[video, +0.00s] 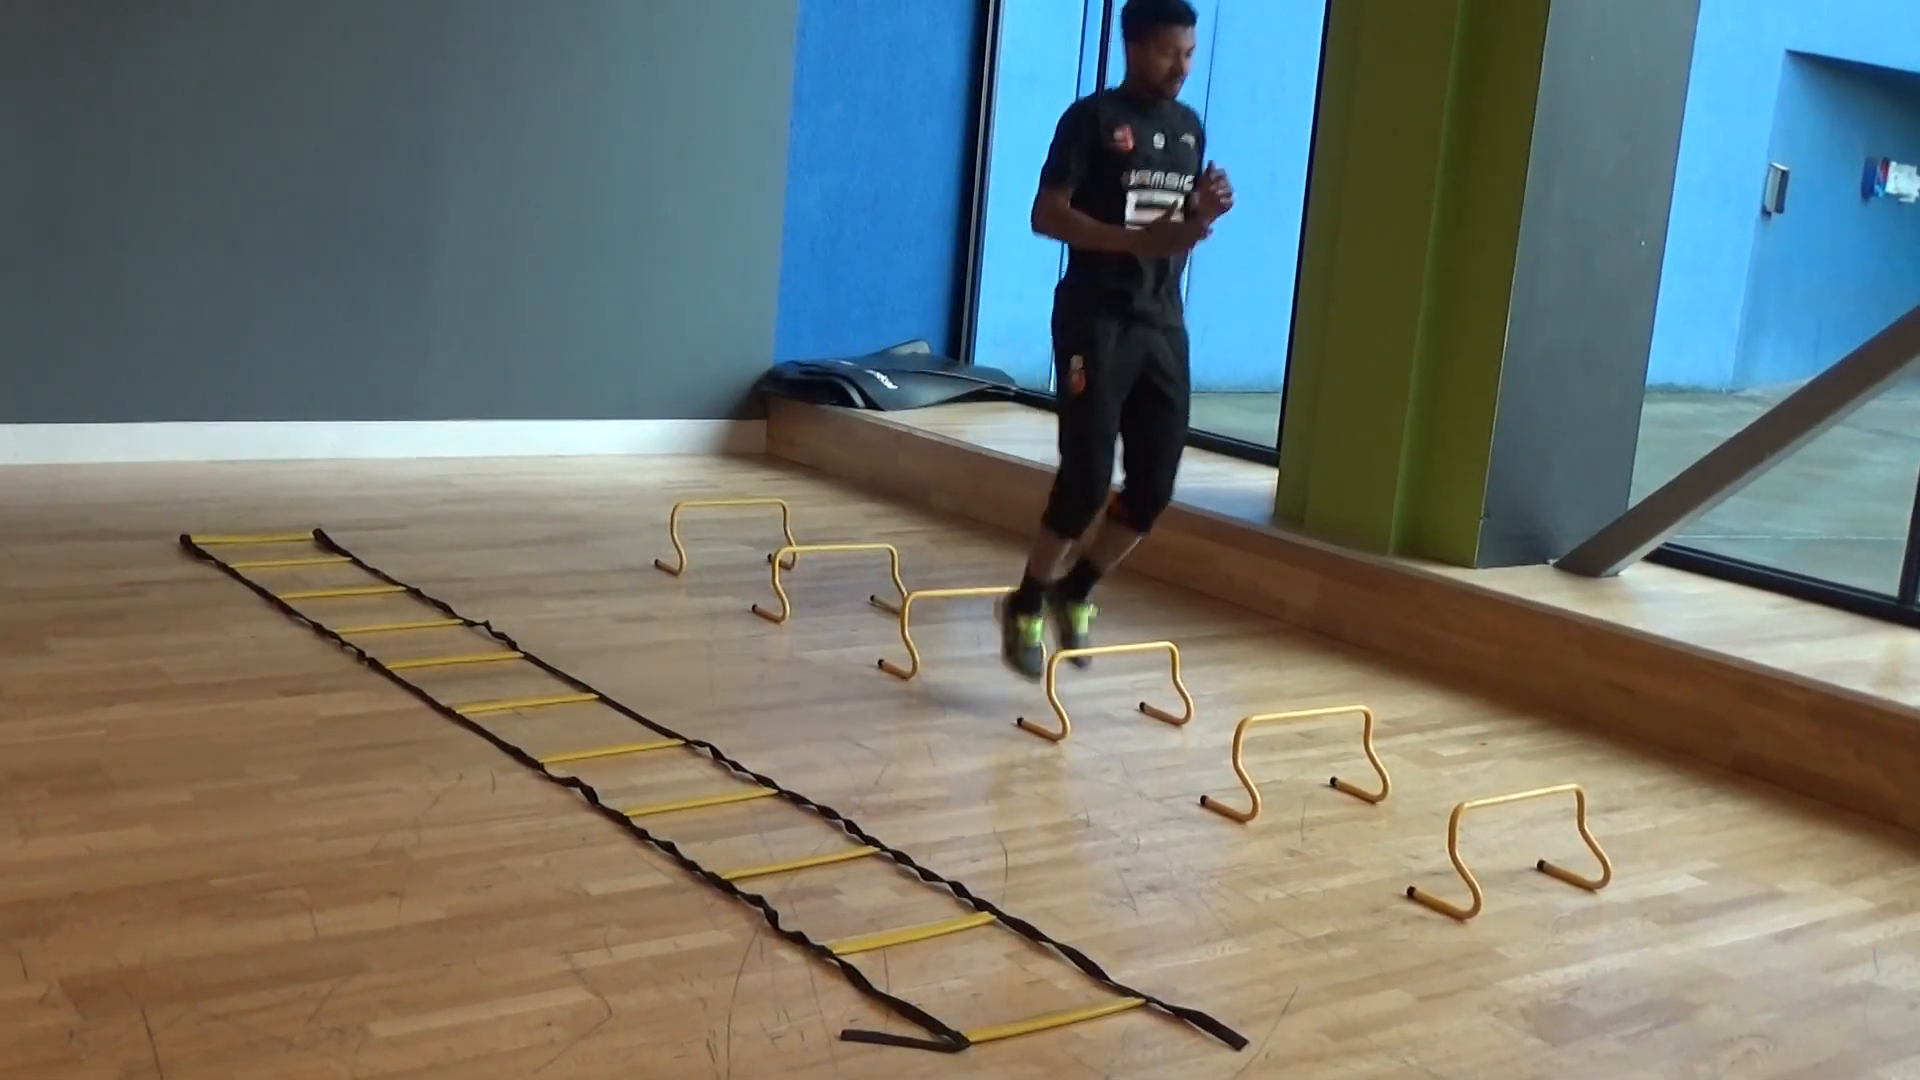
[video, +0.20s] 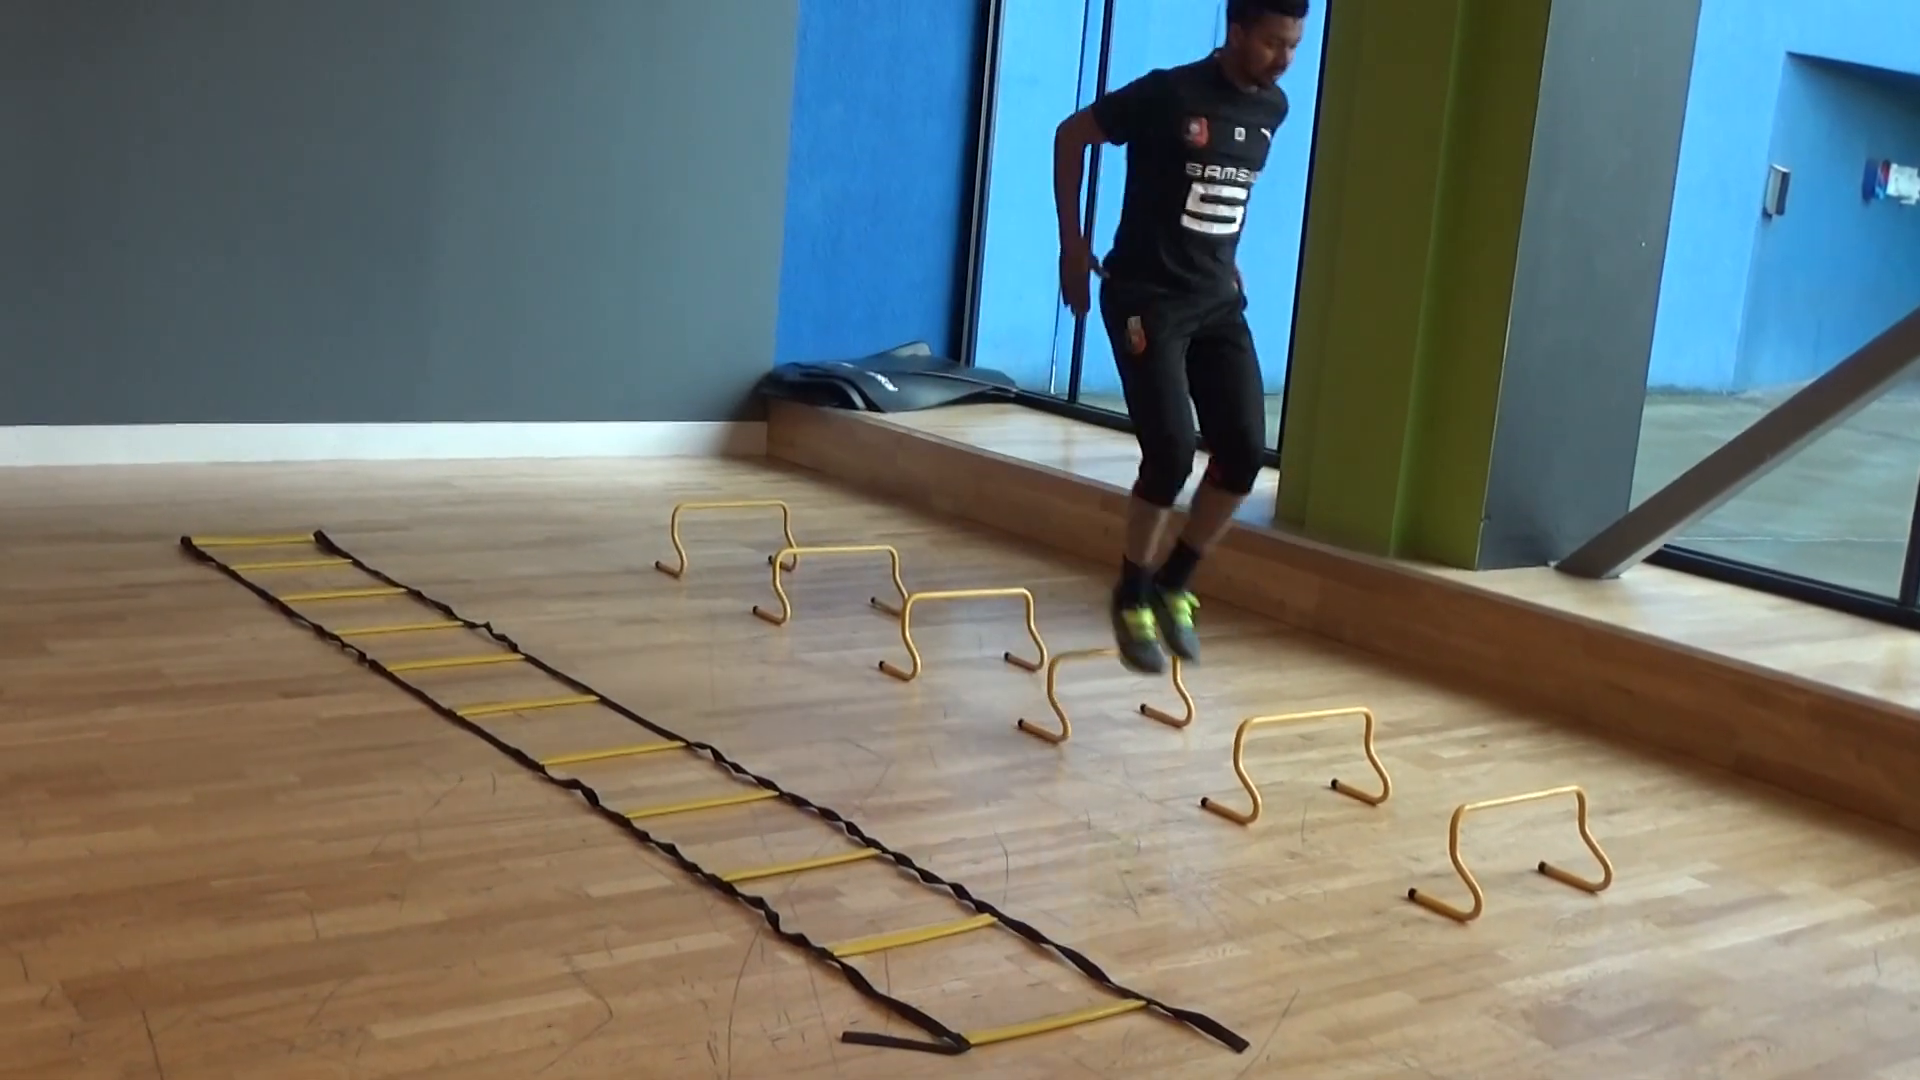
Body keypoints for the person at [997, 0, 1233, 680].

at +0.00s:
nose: (1180, 66)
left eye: (1187, 54)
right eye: (1169, 53)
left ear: (1191, 54)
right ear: (1133, 48)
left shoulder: (1189, 127)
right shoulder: (1090, 118)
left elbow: (1173, 237)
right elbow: (1047, 214)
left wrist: (1202, 211)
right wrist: (1140, 238)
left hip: (1163, 325)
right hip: (1095, 321)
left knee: (1150, 490)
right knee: (1087, 483)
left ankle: (1074, 593)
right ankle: (1025, 602)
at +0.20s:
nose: (1282, 60)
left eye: (1291, 47)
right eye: (1273, 43)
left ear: (1293, 44)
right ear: (1234, 29)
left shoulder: (1274, 107)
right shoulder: (1168, 93)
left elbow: (1223, 185)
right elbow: (1072, 134)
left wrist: (1222, 266)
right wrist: (1072, 243)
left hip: (1218, 297)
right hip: (1145, 293)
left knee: (1244, 453)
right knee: (1170, 455)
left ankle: (1173, 586)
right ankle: (1131, 593)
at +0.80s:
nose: (1544, 75)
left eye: (1554, 61)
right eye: (1533, 56)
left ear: (1555, 60)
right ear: (1487, 43)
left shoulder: (1528, 130)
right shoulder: (1416, 112)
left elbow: (1468, 212)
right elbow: (1293, 150)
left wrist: (1473, 290)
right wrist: (1305, 271)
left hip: (1458, 345)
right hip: (1376, 338)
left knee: (1476, 523)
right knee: (1398, 525)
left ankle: (1424, 677)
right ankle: (1360, 696)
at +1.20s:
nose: (1705, 58)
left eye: (1712, 42)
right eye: (1687, 41)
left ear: (1718, 43)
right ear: (1636, 46)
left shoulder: (1710, 147)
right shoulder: (1583, 141)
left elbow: (1664, 265)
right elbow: (1510, 261)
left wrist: (1721, 277)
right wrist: (1605, 338)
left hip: (1674, 392)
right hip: (1584, 387)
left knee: (1672, 597)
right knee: (1582, 593)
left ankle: (1550, 672)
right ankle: (1478, 672)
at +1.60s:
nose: (1865, 238)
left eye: (1884, 222)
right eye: (1850, 220)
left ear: (1911, 231)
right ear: (1827, 224)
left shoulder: (1914, 340)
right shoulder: (1768, 328)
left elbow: (1905, 468)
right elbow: (1666, 429)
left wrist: (1915, 547)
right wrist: (1706, 561)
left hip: (1869, 593)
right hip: (1767, 593)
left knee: (1912, 790)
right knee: (1841, 791)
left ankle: (1803, 899)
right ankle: (1820, 978)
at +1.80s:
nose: (1805, 330)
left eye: (1826, 314)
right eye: (1803, 311)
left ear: (1892, 321)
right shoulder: (1785, 414)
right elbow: (1743, 552)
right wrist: (1837, 573)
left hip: (1913, 649)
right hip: (1818, 651)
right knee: (1844, 840)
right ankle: (1844, 978)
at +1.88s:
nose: (1765, 350)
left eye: (1782, 333)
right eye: (1767, 332)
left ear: (1846, 340)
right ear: (1825, 341)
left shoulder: (1916, 427)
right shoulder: (1767, 439)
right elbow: (1753, 557)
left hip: (1915, 674)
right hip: (1822, 676)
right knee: (1784, 852)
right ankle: (1868, 966)